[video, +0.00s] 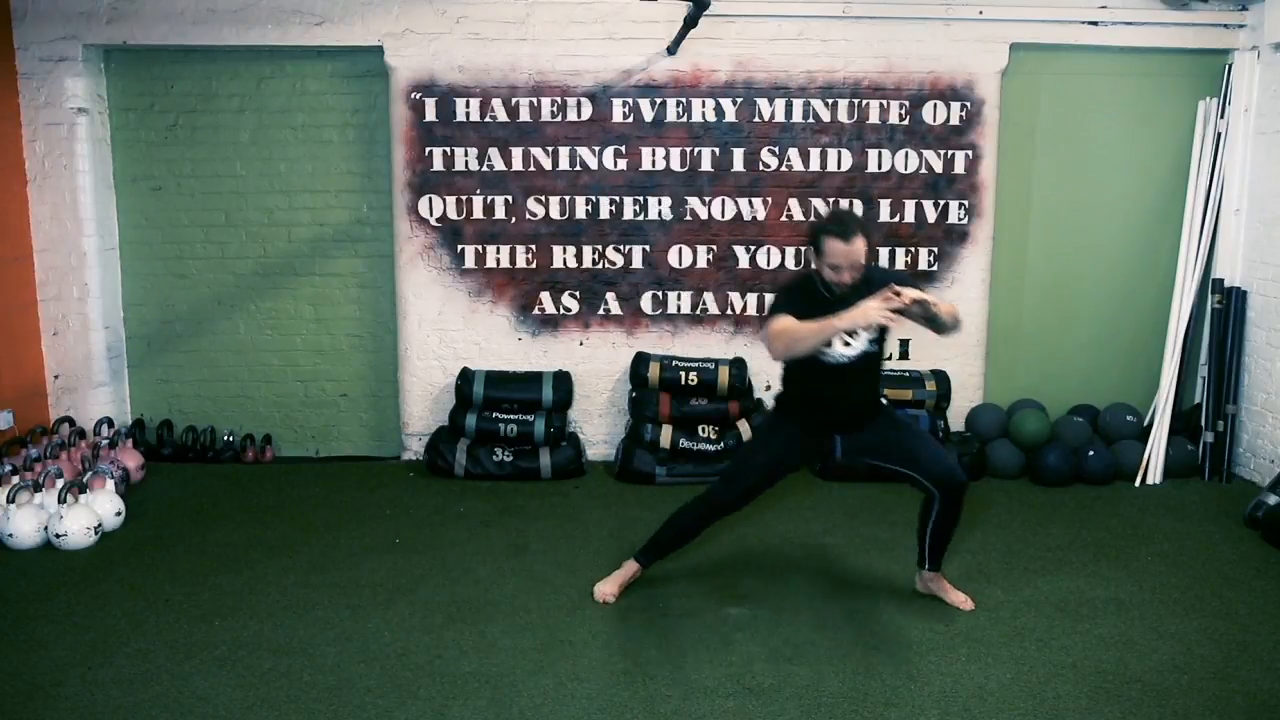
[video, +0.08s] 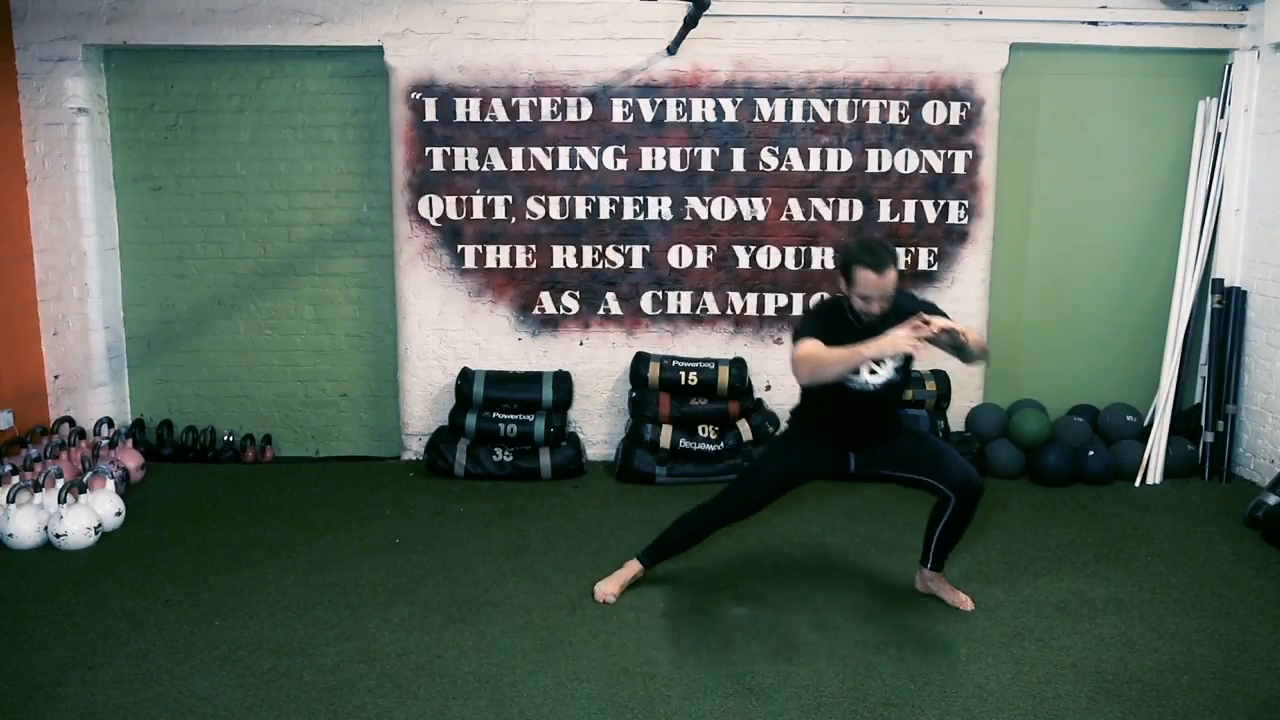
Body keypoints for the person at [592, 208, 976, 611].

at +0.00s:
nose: (845, 276)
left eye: (853, 267)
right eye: (835, 267)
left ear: (867, 256)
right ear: (815, 258)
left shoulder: (883, 285)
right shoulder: (798, 290)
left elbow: (950, 323)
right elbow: (779, 343)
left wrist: (925, 309)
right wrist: (853, 317)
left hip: (867, 421)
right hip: (798, 423)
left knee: (948, 479)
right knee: (726, 495)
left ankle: (929, 573)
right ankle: (634, 566)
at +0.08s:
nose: (873, 305)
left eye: (882, 296)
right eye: (864, 297)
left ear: (895, 280)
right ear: (845, 283)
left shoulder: (911, 309)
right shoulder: (824, 316)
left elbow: (976, 353)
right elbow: (806, 368)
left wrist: (957, 337)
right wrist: (878, 348)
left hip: (885, 436)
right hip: (815, 436)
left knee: (964, 483)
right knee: (736, 501)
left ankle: (931, 573)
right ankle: (635, 568)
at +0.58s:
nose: (933, 410)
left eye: (943, 402)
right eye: (925, 400)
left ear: (959, 389)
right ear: (909, 382)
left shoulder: (971, 410)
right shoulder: (883, 399)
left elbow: (1034, 462)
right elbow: (859, 457)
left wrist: (1014, 451)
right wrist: (930, 455)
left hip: (912, 496)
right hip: (852, 493)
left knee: (990, 500)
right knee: (756, 537)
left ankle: (931, 574)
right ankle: (643, 572)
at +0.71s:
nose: (927, 391)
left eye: (937, 383)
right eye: (919, 381)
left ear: (952, 372)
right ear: (902, 363)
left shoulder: (963, 393)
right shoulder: (867, 383)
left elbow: (1025, 439)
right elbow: (850, 437)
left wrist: (1008, 429)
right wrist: (925, 435)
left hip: (906, 481)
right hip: (843, 479)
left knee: (982, 496)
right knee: (754, 526)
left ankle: (930, 574)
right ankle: (643, 571)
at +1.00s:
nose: (870, 294)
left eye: (879, 285)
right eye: (862, 284)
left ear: (893, 273)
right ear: (844, 272)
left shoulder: (907, 304)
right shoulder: (827, 305)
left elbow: (966, 346)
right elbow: (787, 343)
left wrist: (936, 327)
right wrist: (865, 331)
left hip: (870, 433)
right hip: (803, 431)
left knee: (947, 482)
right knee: (724, 502)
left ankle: (928, 576)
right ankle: (636, 569)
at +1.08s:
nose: (841, 265)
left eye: (850, 255)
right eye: (831, 255)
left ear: (865, 250)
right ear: (813, 247)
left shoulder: (881, 284)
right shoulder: (795, 283)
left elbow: (937, 318)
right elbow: (757, 314)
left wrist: (907, 299)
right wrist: (830, 299)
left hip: (852, 419)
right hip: (785, 416)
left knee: (928, 479)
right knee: (710, 492)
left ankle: (926, 574)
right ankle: (632, 568)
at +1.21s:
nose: (793, 223)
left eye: (802, 214)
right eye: (782, 214)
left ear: (816, 205)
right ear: (766, 207)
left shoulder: (833, 249)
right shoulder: (745, 243)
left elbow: (890, 281)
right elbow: (710, 273)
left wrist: (855, 252)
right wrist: (780, 252)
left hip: (814, 396)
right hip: (747, 394)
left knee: (880, 473)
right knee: (684, 476)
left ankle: (925, 571)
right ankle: (625, 565)